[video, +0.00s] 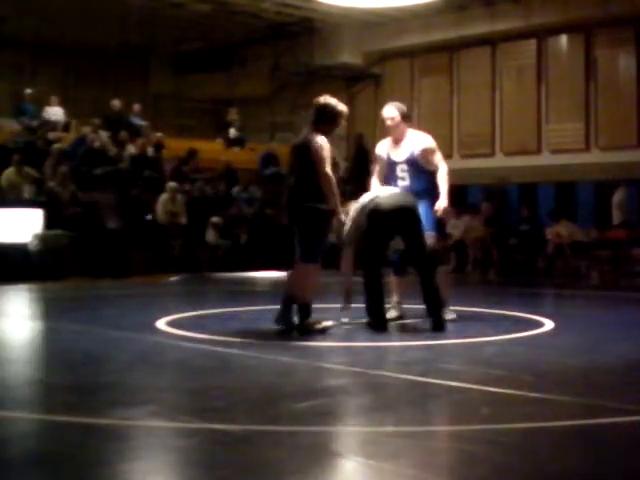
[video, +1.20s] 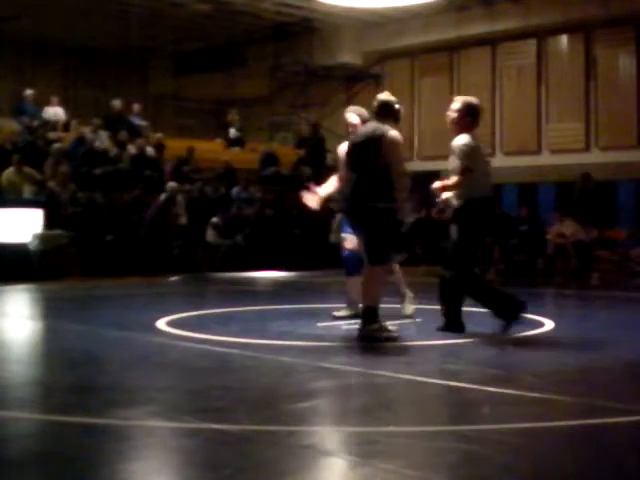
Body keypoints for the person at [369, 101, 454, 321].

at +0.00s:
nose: (387, 124)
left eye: (391, 119)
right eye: (385, 120)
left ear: (402, 119)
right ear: (384, 122)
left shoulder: (422, 141)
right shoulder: (383, 146)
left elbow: (442, 166)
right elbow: (377, 176)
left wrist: (443, 198)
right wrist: (375, 198)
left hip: (423, 200)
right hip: (395, 201)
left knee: (429, 247)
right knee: (392, 250)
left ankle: (442, 303)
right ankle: (394, 302)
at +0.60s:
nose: (386, 132)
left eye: (389, 128)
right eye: (384, 128)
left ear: (400, 126)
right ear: (385, 128)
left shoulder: (419, 146)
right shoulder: (386, 149)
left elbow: (434, 177)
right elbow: (382, 180)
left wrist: (427, 196)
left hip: (423, 215)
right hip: (401, 215)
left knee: (423, 267)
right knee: (384, 263)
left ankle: (447, 312)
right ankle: (377, 312)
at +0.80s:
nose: (388, 154)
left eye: (388, 149)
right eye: (387, 149)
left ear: (397, 145)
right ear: (411, 141)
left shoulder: (401, 164)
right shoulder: (436, 157)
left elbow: (396, 196)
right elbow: (450, 188)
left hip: (428, 212)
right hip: (451, 208)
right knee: (438, 268)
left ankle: (451, 323)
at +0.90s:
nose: (401, 132)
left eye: (404, 128)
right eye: (402, 128)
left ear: (414, 130)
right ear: (426, 131)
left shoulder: (412, 152)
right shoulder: (446, 149)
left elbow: (421, 182)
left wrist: (409, 201)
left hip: (440, 205)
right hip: (464, 203)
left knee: (418, 261)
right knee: (447, 266)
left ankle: (402, 315)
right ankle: (451, 322)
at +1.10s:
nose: (430, 116)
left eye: (434, 112)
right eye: (432, 111)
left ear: (445, 116)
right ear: (453, 117)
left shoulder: (444, 140)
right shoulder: (465, 142)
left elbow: (445, 173)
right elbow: (463, 180)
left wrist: (427, 186)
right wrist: (438, 192)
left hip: (454, 208)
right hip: (468, 208)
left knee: (447, 264)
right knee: (454, 264)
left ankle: (453, 319)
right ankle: (474, 307)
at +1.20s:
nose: (447, 114)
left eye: (452, 111)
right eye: (449, 110)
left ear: (464, 117)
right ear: (468, 119)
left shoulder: (462, 144)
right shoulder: (470, 143)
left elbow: (462, 178)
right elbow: (469, 183)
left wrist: (441, 185)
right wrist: (449, 197)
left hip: (470, 212)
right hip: (472, 211)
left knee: (457, 267)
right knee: (459, 267)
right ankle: (452, 321)